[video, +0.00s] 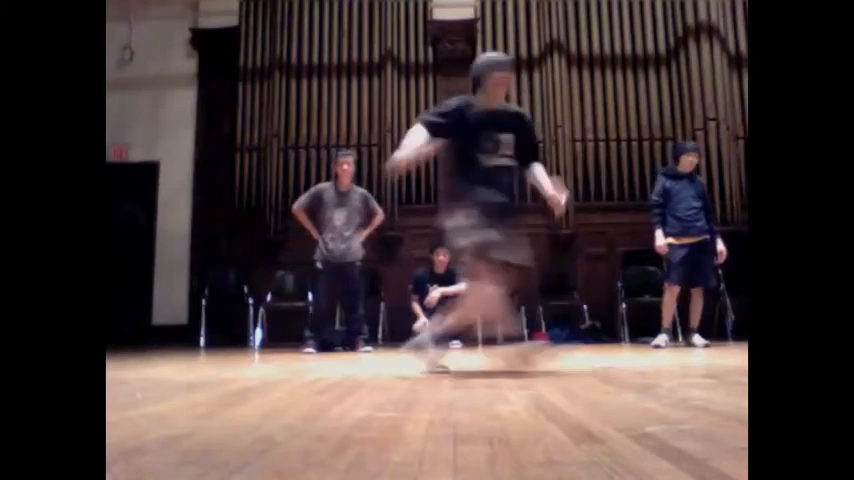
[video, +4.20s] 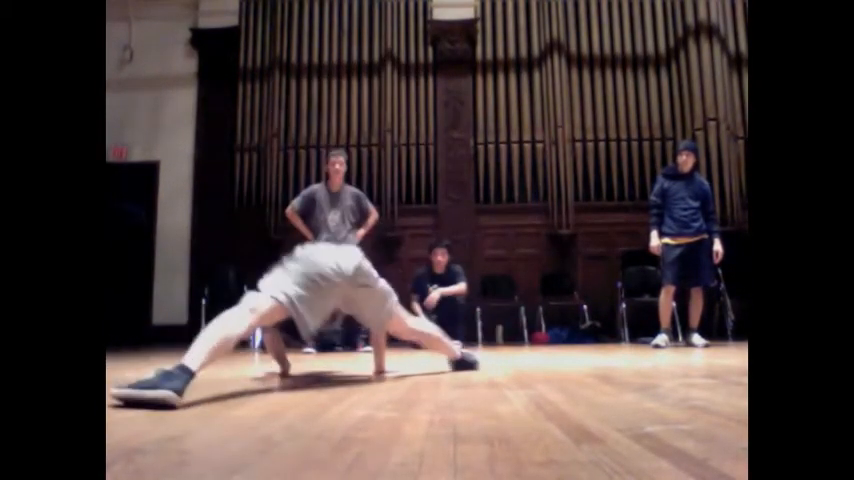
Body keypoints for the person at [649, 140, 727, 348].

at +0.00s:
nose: (693, 162)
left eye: (695, 158)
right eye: (689, 157)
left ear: (697, 161)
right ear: (679, 158)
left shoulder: (698, 183)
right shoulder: (665, 180)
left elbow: (709, 214)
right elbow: (656, 208)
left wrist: (717, 239)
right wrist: (659, 234)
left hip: (701, 240)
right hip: (676, 241)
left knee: (697, 288)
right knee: (672, 287)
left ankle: (693, 332)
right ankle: (665, 332)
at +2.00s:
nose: (685, 161)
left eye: (689, 157)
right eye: (682, 156)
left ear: (696, 160)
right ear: (677, 159)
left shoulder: (701, 184)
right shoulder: (664, 181)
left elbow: (710, 214)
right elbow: (655, 208)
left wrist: (716, 239)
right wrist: (655, 233)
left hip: (699, 239)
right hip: (673, 240)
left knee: (697, 288)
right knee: (669, 287)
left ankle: (693, 332)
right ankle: (664, 332)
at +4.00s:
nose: (684, 160)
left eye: (688, 156)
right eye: (681, 155)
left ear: (695, 159)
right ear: (676, 158)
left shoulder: (702, 184)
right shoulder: (664, 181)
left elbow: (710, 215)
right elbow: (655, 209)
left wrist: (716, 239)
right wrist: (655, 234)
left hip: (699, 240)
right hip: (672, 241)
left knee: (697, 288)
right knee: (669, 287)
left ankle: (693, 332)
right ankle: (664, 332)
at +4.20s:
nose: (684, 160)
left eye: (688, 156)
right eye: (681, 155)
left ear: (695, 159)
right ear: (676, 158)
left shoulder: (702, 184)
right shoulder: (664, 181)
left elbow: (710, 215)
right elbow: (655, 209)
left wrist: (716, 239)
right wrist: (654, 234)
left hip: (698, 240)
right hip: (672, 240)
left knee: (697, 288)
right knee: (668, 287)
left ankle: (693, 332)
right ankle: (664, 332)